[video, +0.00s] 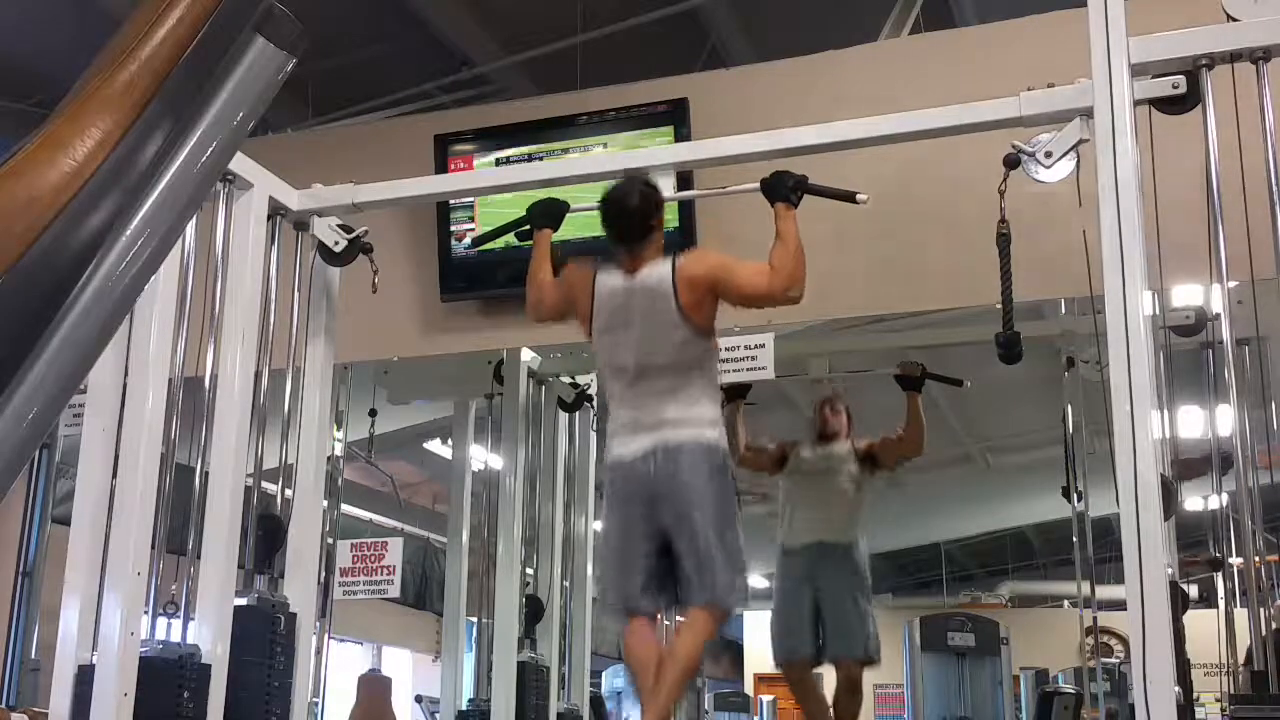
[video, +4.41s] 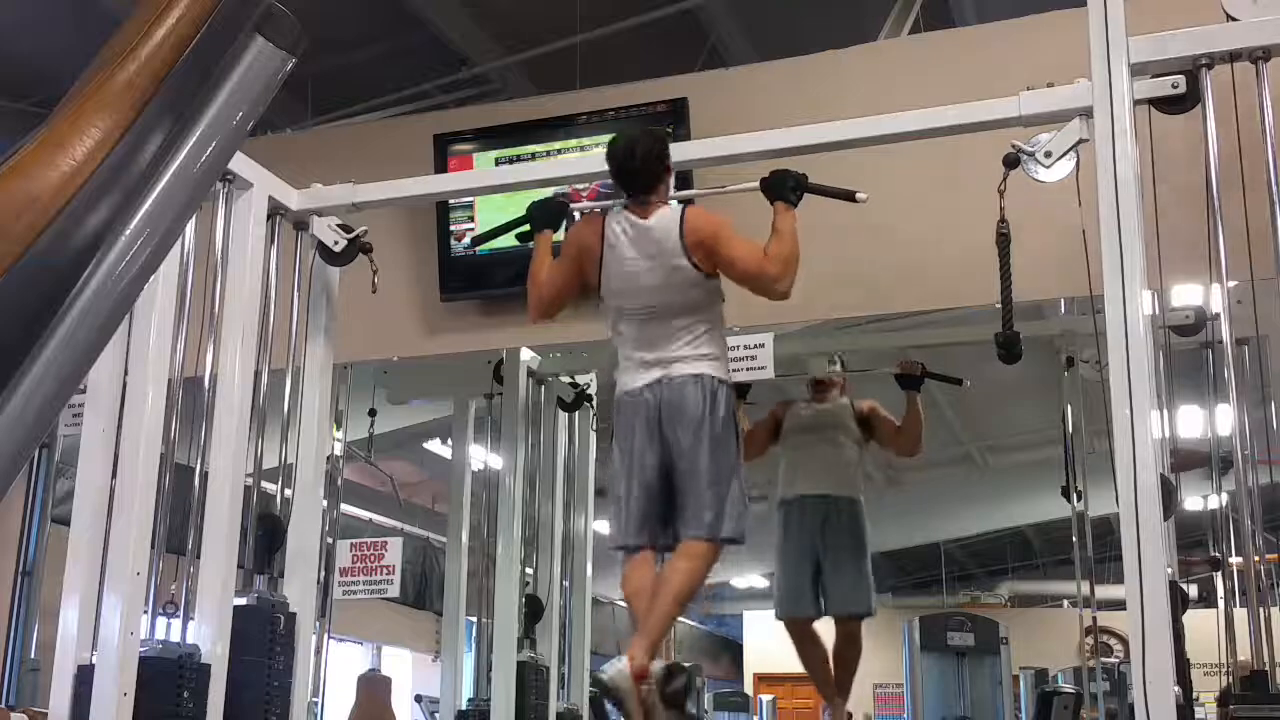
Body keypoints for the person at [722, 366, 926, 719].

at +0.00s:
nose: (828, 414)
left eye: (835, 409)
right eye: (822, 410)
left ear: (848, 421)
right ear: (814, 420)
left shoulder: (860, 452)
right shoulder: (792, 453)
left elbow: (912, 446)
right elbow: (742, 455)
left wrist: (912, 393)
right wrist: (734, 404)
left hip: (842, 561)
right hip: (794, 563)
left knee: (850, 668)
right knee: (794, 666)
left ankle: (845, 716)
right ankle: (824, 716)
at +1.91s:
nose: (826, 394)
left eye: (834, 391)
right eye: (820, 393)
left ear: (847, 405)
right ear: (812, 406)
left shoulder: (860, 432)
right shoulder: (792, 435)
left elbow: (909, 446)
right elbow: (741, 450)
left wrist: (912, 393)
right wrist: (736, 406)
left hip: (842, 533)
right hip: (793, 534)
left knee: (845, 637)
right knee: (785, 636)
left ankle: (832, 715)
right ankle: (822, 714)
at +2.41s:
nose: (829, 428)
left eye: (837, 426)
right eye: (823, 426)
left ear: (848, 439)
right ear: (813, 440)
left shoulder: (861, 467)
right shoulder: (789, 468)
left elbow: (910, 448)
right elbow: (738, 454)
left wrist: (912, 394)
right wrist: (737, 403)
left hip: (843, 577)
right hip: (791, 578)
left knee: (853, 682)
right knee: (790, 685)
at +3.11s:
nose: (822, 384)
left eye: (831, 378)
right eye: (816, 380)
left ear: (846, 390)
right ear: (809, 391)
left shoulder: (863, 421)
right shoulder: (789, 423)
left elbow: (909, 446)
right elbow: (741, 453)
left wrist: (912, 393)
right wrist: (737, 404)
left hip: (843, 523)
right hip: (794, 524)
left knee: (846, 628)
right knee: (789, 627)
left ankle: (832, 714)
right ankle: (825, 712)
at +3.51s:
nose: (826, 419)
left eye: (835, 415)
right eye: (820, 416)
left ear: (849, 429)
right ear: (813, 428)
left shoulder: (860, 457)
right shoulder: (791, 458)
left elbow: (910, 448)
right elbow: (741, 455)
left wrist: (912, 394)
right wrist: (735, 404)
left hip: (845, 568)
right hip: (795, 569)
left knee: (857, 673)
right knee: (797, 677)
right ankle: (827, 715)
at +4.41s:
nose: (821, 379)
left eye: (829, 374)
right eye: (815, 374)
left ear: (844, 382)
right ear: (806, 380)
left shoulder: (861, 409)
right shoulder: (786, 410)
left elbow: (907, 444)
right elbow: (747, 451)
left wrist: (912, 393)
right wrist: (736, 404)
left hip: (844, 511)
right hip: (795, 511)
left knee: (848, 616)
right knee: (794, 615)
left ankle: (837, 709)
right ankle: (837, 706)